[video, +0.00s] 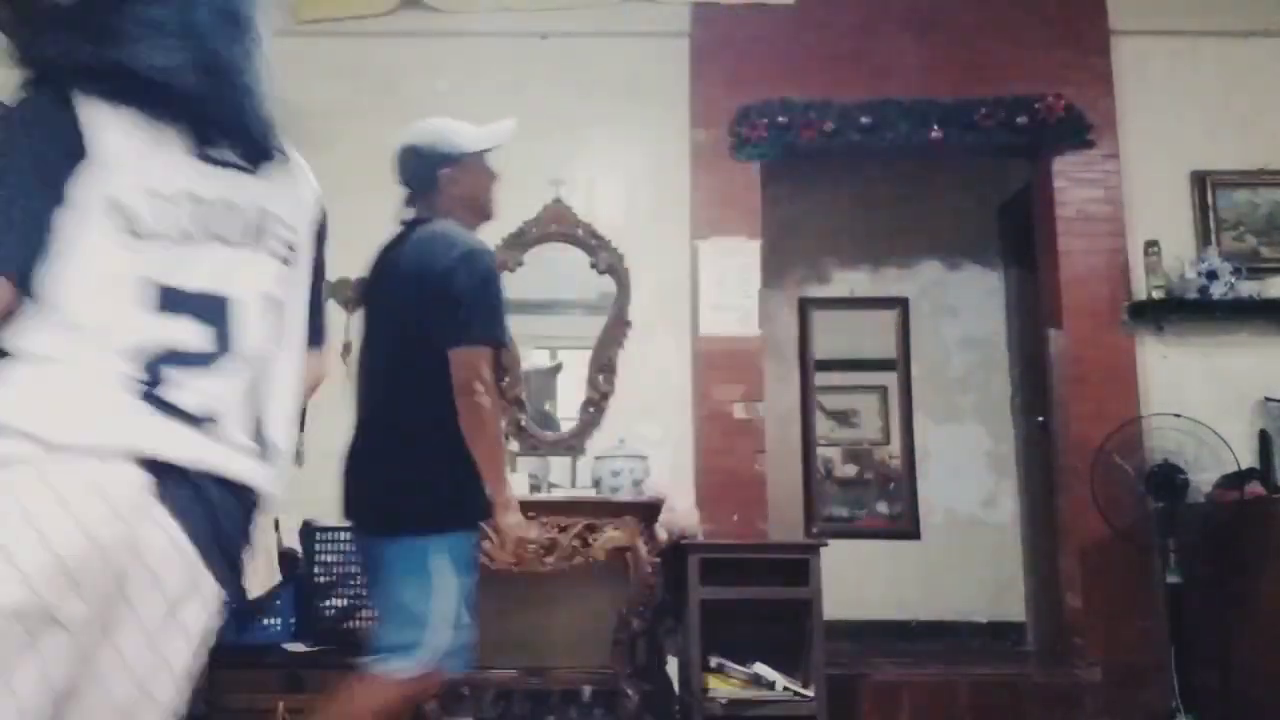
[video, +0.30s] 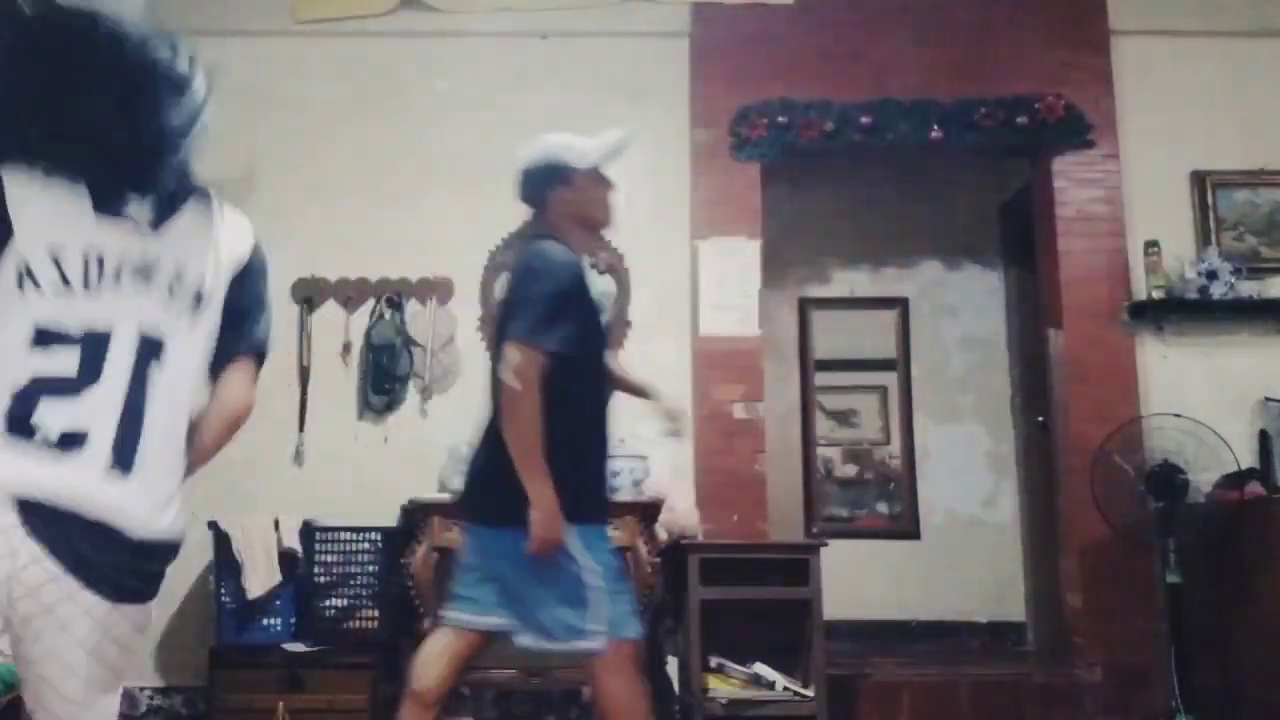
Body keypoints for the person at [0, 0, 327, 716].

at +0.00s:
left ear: (67, 17)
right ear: (229, 28)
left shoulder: (57, 117)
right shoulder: (293, 177)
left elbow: (2, 288)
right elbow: (310, 364)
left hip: (44, 475)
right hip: (205, 508)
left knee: (20, 700)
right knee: (128, 706)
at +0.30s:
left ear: (32, 93)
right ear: (166, 105)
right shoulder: (227, 238)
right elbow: (235, 400)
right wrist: (155, 473)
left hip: (19, 512)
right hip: (120, 539)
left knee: (79, 702)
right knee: (80, 707)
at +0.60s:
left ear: (205, 150)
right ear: (291, 151)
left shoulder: (158, 229)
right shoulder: (315, 234)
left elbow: (104, 369)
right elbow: (326, 369)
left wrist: (51, 475)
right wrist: (270, 394)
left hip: (111, 463)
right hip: (214, 488)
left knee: (100, 669)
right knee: (143, 672)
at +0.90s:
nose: (415, 266)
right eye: (411, 256)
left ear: (341, 254)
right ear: (403, 260)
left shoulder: (316, 323)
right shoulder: (417, 328)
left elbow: (292, 431)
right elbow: (430, 442)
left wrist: (271, 530)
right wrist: (454, 540)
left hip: (306, 521)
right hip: (366, 529)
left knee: (365, 668)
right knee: (298, 687)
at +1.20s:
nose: (581, 259)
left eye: (576, 247)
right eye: (571, 248)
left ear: (520, 259)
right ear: (547, 258)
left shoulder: (509, 307)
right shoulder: (553, 314)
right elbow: (542, 419)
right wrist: (541, 512)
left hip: (480, 499)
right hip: (530, 507)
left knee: (468, 647)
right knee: (570, 641)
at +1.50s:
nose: (729, 275)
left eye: (725, 266)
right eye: (720, 267)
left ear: (687, 278)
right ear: (699, 277)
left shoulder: (677, 333)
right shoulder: (699, 336)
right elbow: (715, 433)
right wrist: (774, 480)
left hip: (694, 518)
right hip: (690, 522)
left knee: (752, 620)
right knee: (695, 646)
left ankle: (658, 696)